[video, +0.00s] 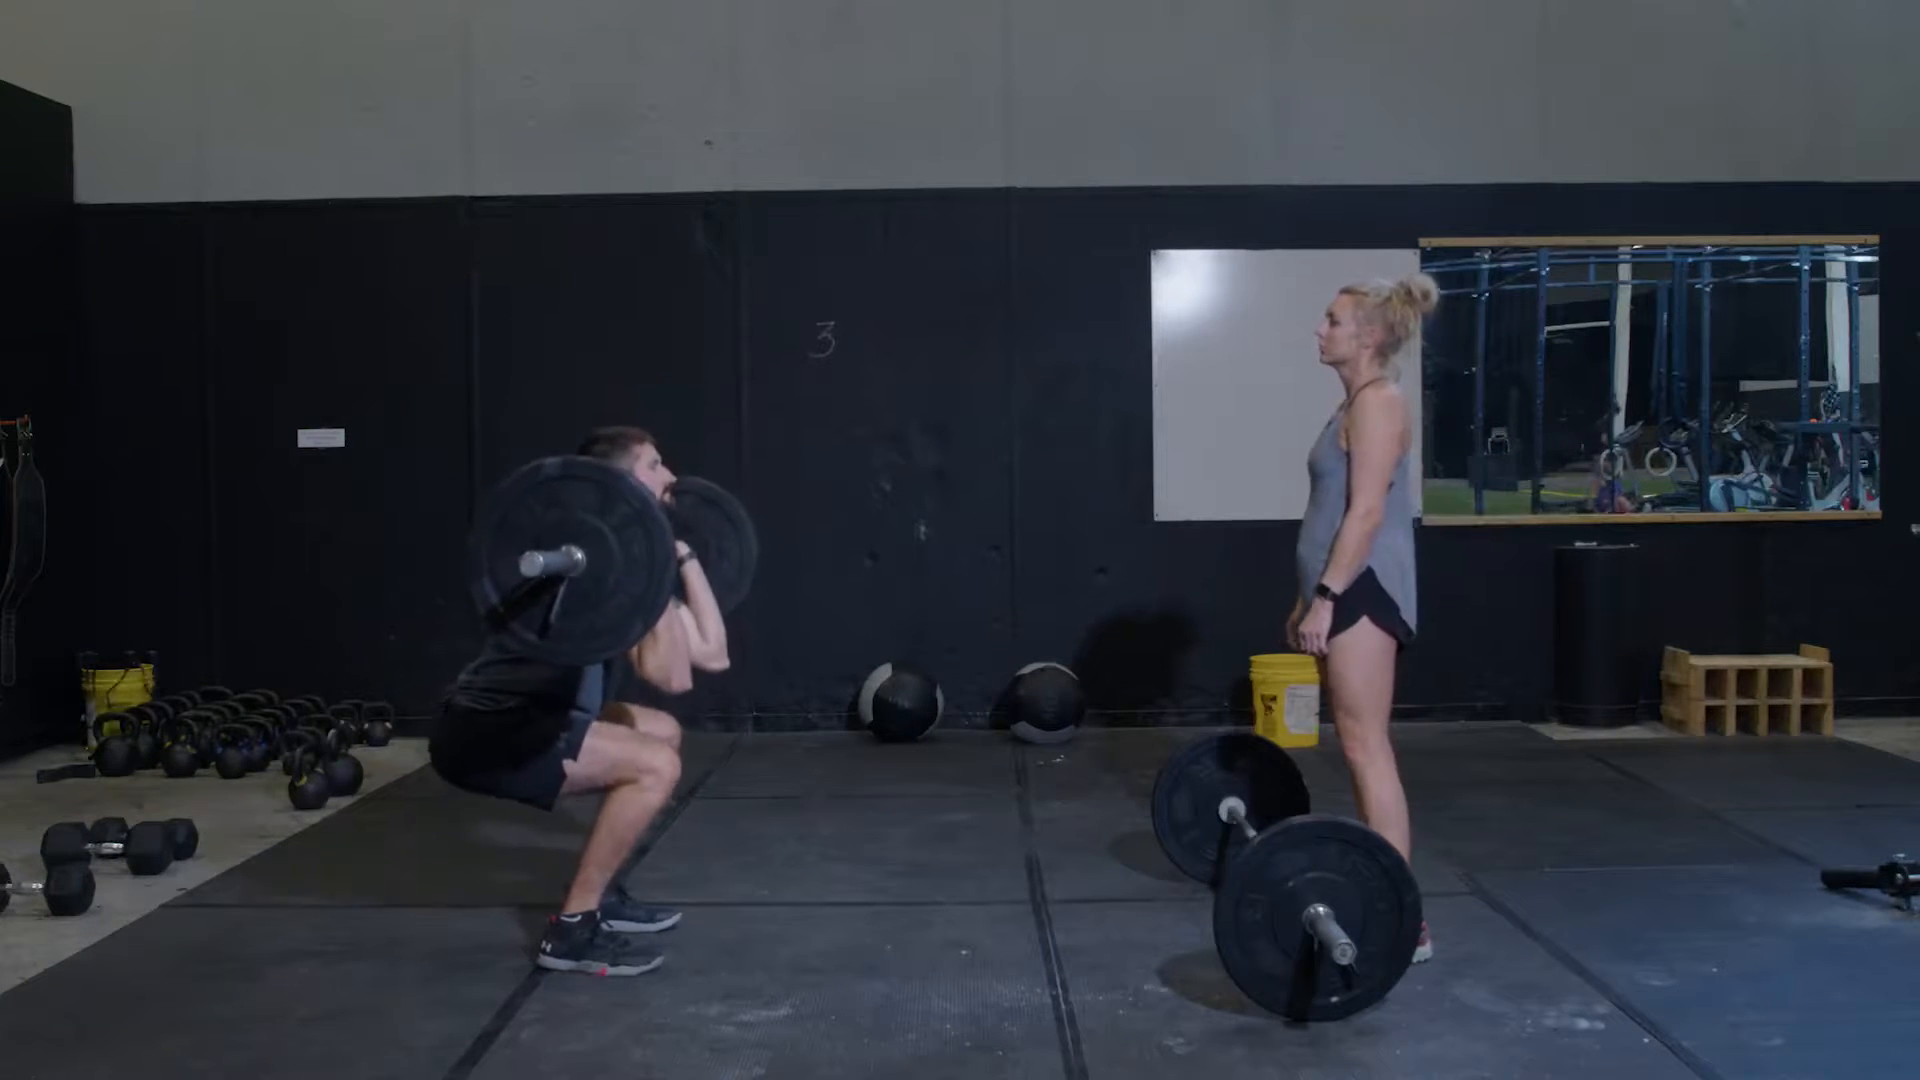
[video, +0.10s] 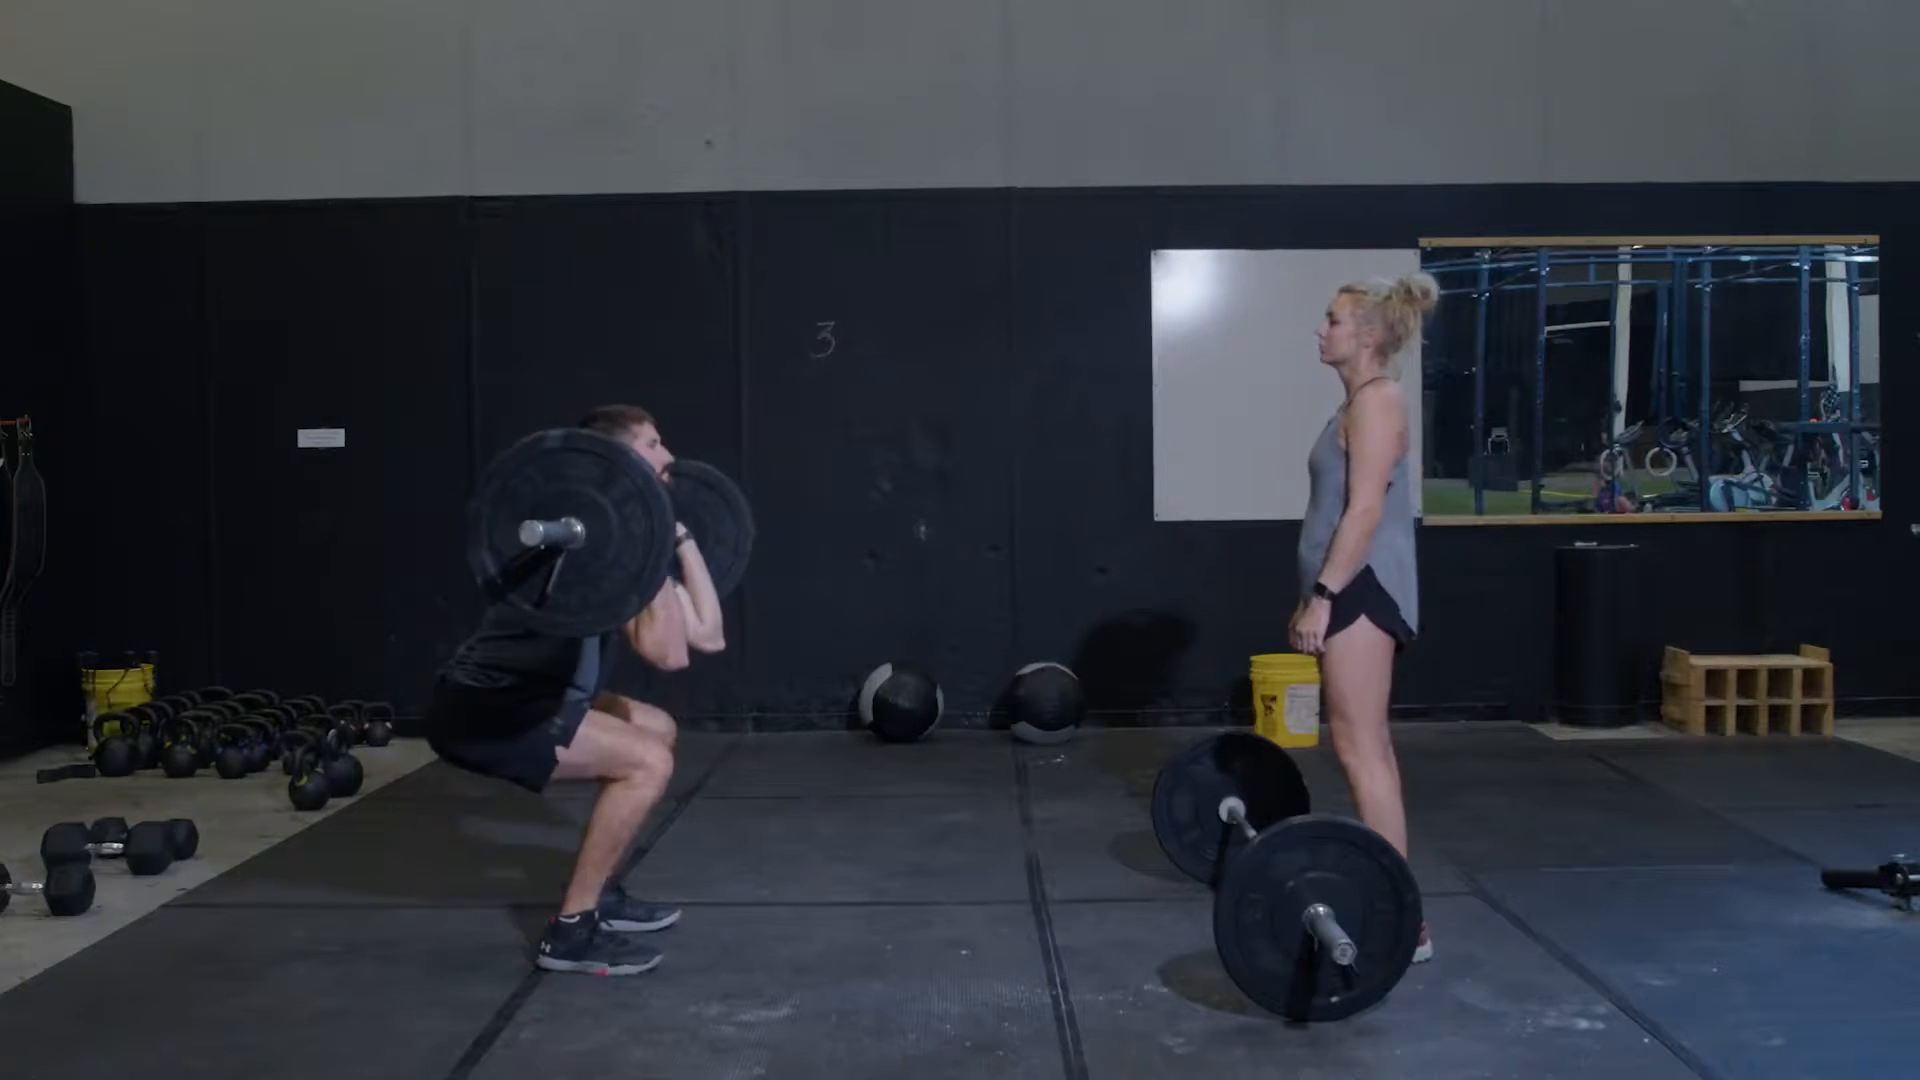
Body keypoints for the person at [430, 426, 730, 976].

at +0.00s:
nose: (669, 475)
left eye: (662, 463)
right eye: (653, 466)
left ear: (624, 486)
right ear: (619, 484)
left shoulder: (635, 549)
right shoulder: (608, 554)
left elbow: (716, 656)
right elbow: (672, 677)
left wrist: (685, 558)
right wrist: (650, 561)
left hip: (523, 709)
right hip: (487, 731)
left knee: (663, 733)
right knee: (657, 767)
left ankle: (601, 896)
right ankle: (572, 928)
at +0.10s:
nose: (668, 454)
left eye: (661, 442)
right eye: (653, 445)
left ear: (620, 463)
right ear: (617, 462)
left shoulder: (631, 527)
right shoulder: (597, 531)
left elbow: (712, 636)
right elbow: (669, 654)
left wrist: (683, 540)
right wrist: (649, 540)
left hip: (522, 692)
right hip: (484, 711)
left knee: (657, 729)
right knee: (649, 763)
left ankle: (598, 895)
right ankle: (571, 927)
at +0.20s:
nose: (663, 429)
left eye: (658, 416)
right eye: (648, 419)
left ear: (637, 434)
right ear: (610, 434)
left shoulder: (628, 505)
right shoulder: (593, 506)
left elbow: (708, 607)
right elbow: (663, 621)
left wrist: (676, 505)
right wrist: (649, 506)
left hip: (525, 668)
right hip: (484, 683)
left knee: (653, 728)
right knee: (639, 761)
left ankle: (600, 894)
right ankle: (569, 928)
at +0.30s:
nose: (655, 391)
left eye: (650, 379)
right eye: (638, 382)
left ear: (640, 395)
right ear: (602, 398)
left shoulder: (626, 470)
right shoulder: (590, 470)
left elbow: (706, 574)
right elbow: (663, 581)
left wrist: (672, 471)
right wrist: (645, 481)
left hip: (533, 648)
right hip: (490, 654)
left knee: (652, 727)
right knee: (634, 756)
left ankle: (597, 893)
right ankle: (569, 928)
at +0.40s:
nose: (635, 358)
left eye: (632, 346)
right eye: (617, 347)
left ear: (628, 362)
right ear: (583, 360)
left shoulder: (607, 428)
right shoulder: (566, 431)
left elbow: (708, 527)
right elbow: (669, 530)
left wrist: (660, 420)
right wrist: (635, 425)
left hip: (543, 625)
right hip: (496, 630)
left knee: (649, 729)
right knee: (628, 751)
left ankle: (596, 894)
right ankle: (569, 927)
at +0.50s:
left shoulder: (609, 393)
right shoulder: (566, 392)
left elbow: (708, 475)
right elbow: (670, 476)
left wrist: (658, 381)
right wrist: (636, 388)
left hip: (560, 599)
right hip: (518, 597)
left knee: (647, 728)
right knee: (621, 746)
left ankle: (595, 893)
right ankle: (567, 925)